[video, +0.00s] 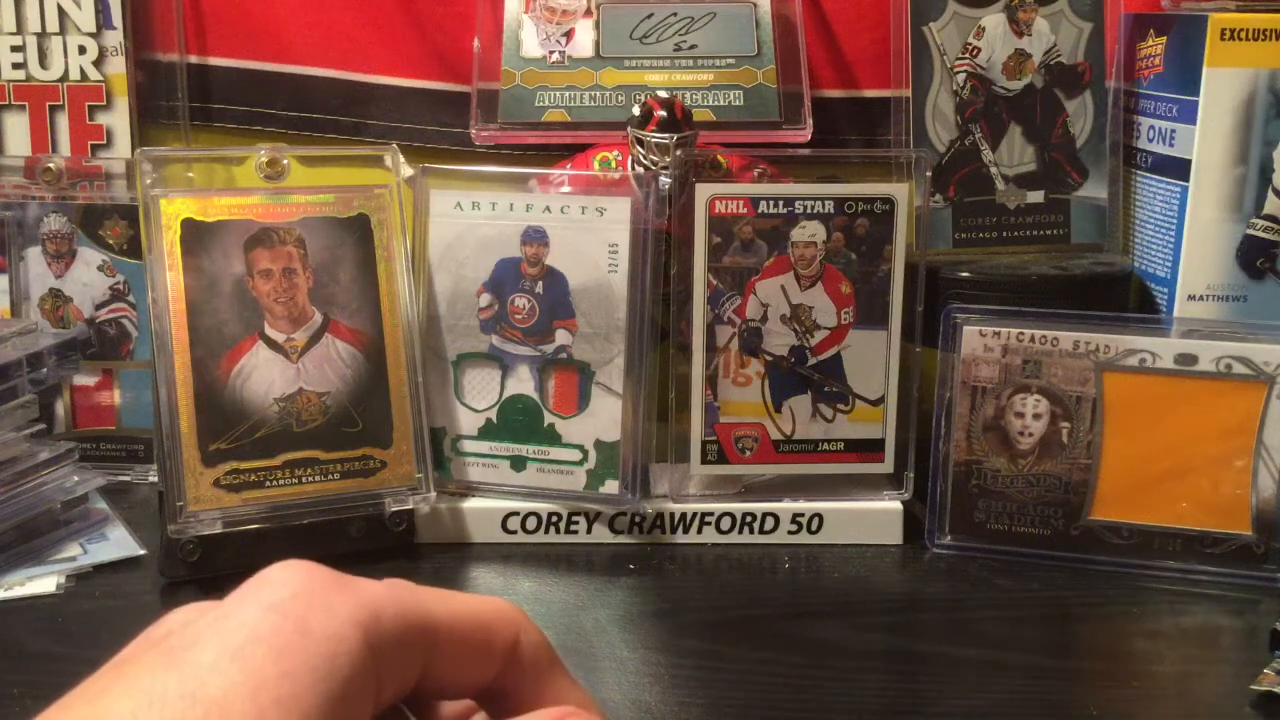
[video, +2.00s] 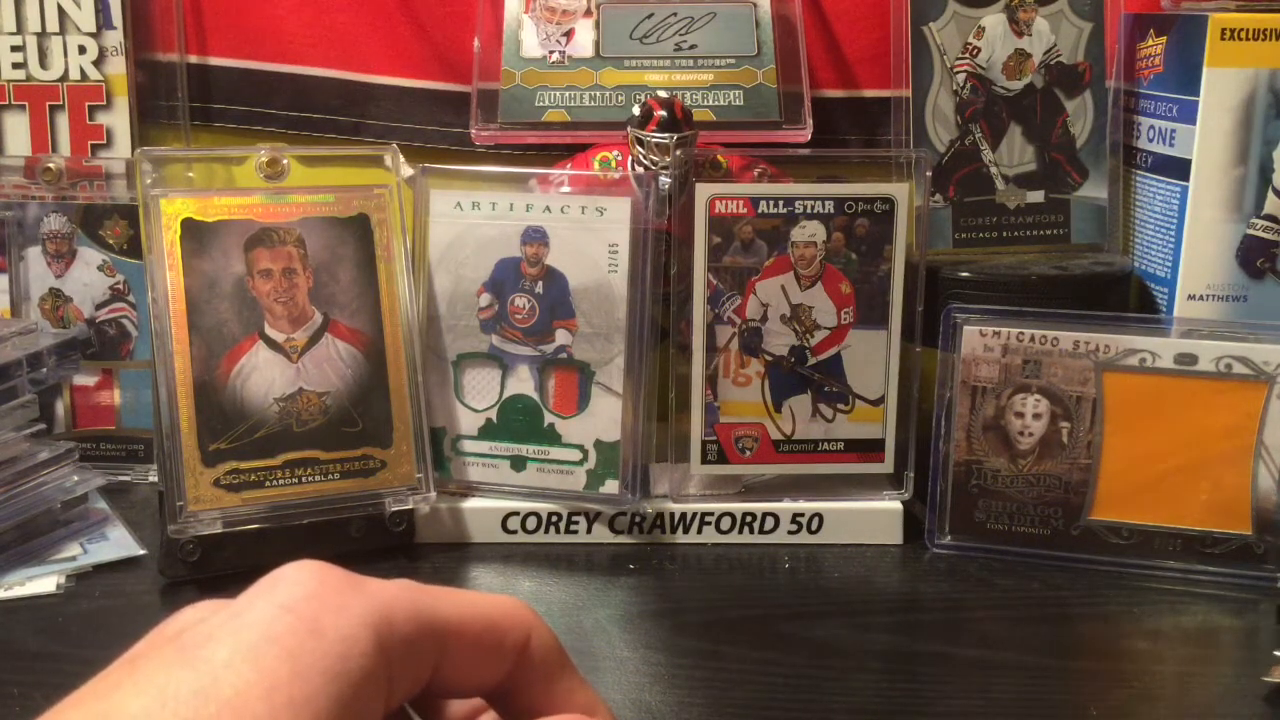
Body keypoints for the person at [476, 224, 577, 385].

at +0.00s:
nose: (535, 252)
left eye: (540, 247)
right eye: (530, 246)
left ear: (547, 250)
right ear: (522, 248)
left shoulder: (557, 280)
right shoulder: (504, 268)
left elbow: (564, 321)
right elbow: (487, 293)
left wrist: (562, 349)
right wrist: (487, 318)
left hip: (543, 353)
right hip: (504, 349)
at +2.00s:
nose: (535, 251)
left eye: (540, 246)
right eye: (530, 246)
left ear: (547, 250)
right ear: (522, 248)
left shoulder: (557, 280)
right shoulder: (504, 268)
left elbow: (565, 321)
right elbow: (486, 292)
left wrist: (562, 349)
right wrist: (487, 317)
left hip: (541, 354)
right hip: (503, 350)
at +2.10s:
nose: (534, 251)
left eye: (540, 247)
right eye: (530, 246)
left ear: (546, 250)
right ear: (522, 248)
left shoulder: (557, 280)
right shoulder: (504, 268)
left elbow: (565, 321)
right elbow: (487, 293)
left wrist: (562, 350)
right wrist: (487, 317)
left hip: (542, 353)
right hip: (503, 349)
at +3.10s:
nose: (534, 251)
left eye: (540, 247)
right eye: (530, 246)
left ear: (546, 250)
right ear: (522, 248)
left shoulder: (557, 280)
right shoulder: (504, 268)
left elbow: (564, 320)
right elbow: (487, 293)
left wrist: (562, 349)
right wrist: (487, 318)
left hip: (542, 353)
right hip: (503, 349)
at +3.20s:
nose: (534, 251)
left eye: (540, 247)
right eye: (530, 246)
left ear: (546, 250)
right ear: (522, 248)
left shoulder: (557, 280)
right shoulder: (504, 268)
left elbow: (565, 320)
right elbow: (487, 293)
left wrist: (562, 349)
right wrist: (487, 319)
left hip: (542, 353)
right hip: (503, 349)